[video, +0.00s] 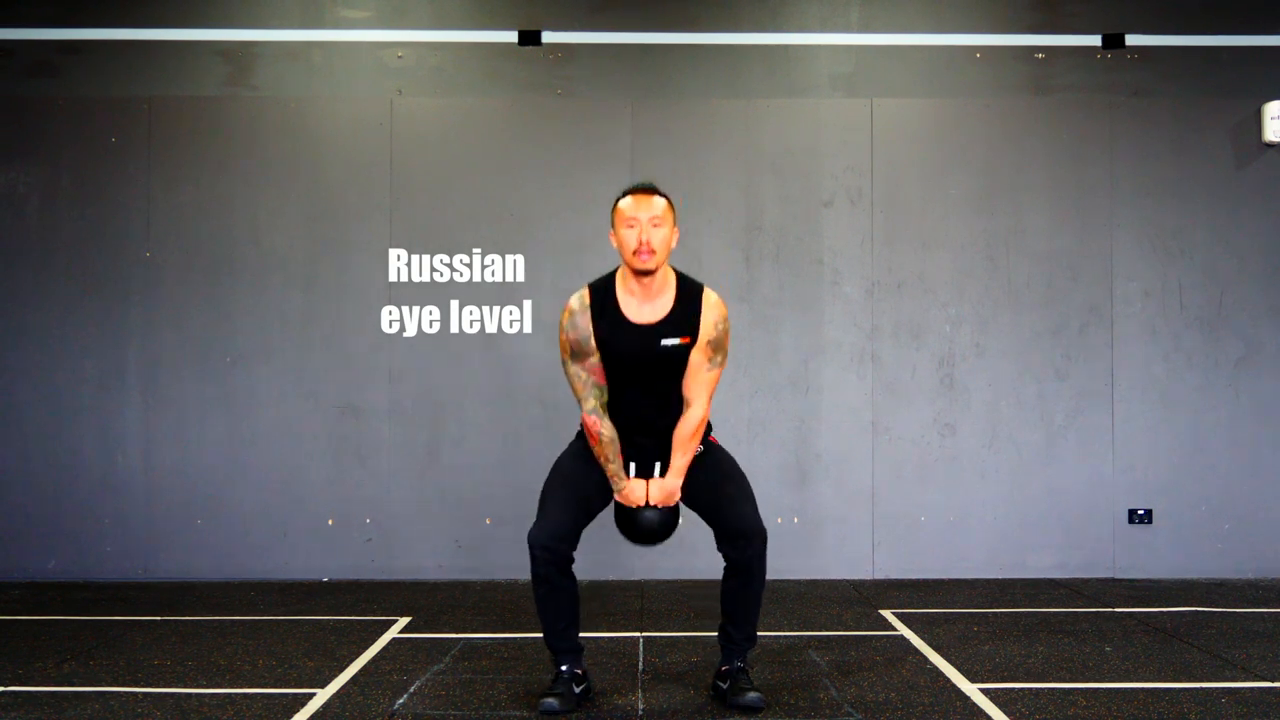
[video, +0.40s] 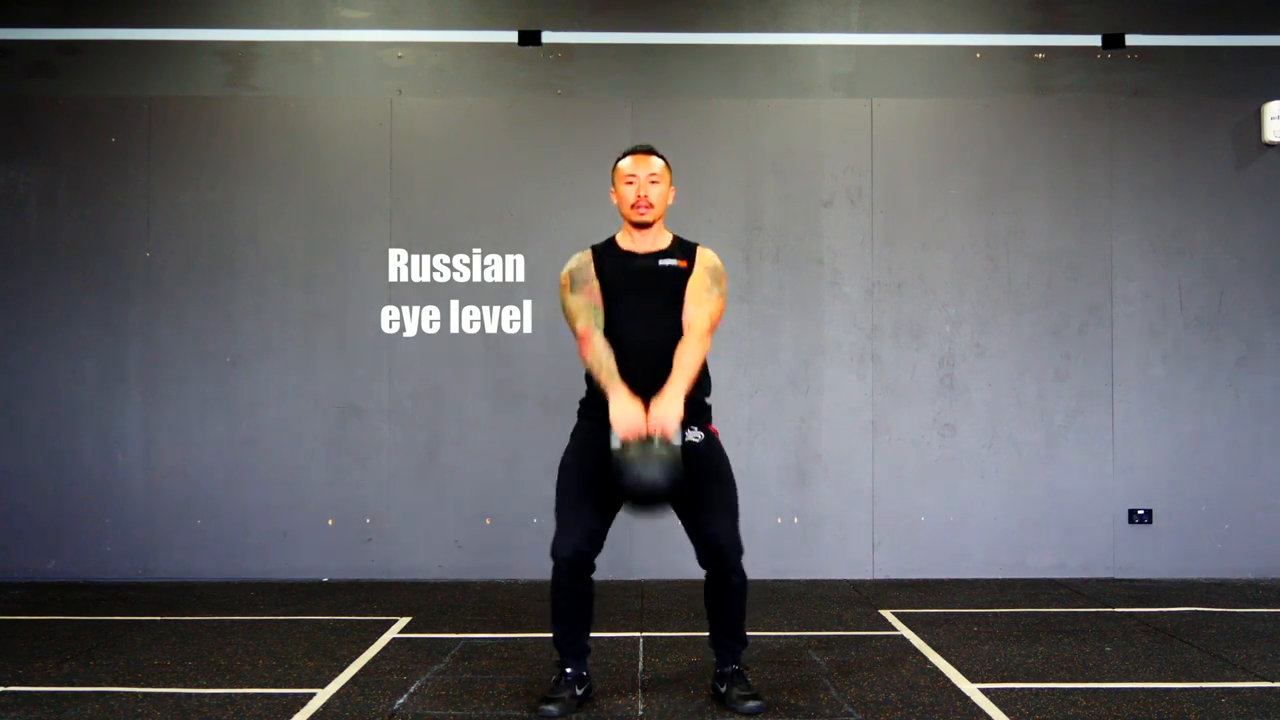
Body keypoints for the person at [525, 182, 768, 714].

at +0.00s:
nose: (643, 237)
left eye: (655, 224)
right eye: (630, 225)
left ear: (674, 234)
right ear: (614, 236)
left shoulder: (707, 310)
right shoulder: (582, 313)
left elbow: (696, 406)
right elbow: (593, 411)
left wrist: (675, 475)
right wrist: (618, 477)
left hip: (686, 445)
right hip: (605, 445)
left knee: (747, 534)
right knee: (548, 539)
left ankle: (734, 668)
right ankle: (569, 673)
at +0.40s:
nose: (642, 190)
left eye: (653, 180)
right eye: (630, 181)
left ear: (671, 192)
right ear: (614, 193)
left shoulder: (704, 263)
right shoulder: (581, 269)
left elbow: (696, 335)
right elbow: (591, 340)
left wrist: (673, 393)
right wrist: (618, 394)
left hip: (686, 426)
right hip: (603, 427)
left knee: (724, 553)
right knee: (571, 552)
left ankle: (730, 673)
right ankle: (572, 674)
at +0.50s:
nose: (644, 182)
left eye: (655, 174)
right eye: (632, 174)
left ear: (672, 190)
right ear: (616, 191)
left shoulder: (699, 251)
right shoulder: (588, 253)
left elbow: (699, 285)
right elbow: (589, 286)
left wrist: (668, 304)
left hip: (683, 415)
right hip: (606, 414)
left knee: (711, 542)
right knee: (580, 544)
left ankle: (728, 670)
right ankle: (572, 672)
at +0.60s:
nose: (643, 169)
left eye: (657, 165)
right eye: (631, 165)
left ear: (676, 188)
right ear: (615, 187)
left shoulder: (700, 251)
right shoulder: (591, 249)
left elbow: (707, 261)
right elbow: (576, 253)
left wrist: (664, 219)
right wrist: (613, 222)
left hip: (683, 415)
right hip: (606, 413)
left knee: (708, 544)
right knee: (581, 545)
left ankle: (729, 670)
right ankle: (572, 672)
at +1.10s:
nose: (648, 169)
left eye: (659, 160)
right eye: (636, 160)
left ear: (676, 177)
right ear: (619, 177)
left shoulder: (702, 240)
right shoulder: (592, 240)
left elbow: (706, 270)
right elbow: (583, 262)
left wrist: (677, 275)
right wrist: (605, 269)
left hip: (684, 413)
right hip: (607, 413)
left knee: (712, 542)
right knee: (581, 543)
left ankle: (729, 670)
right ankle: (571, 672)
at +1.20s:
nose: (648, 169)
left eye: (659, 161)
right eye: (635, 161)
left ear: (676, 177)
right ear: (618, 177)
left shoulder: (705, 248)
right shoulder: (587, 248)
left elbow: (701, 311)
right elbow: (592, 306)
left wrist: (674, 354)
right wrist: (621, 348)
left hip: (685, 412)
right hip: (606, 412)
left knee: (721, 542)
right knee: (572, 544)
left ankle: (730, 669)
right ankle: (571, 672)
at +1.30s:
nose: (647, 180)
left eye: (658, 171)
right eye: (634, 172)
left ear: (676, 186)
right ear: (616, 188)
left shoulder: (707, 267)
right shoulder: (584, 267)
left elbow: (698, 359)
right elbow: (595, 358)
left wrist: (674, 431)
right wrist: (621, 430)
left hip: (686, 421)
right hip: (604, 420)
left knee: (735, 547)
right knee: (558, 545)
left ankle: (731, 671)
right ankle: (570, 673)